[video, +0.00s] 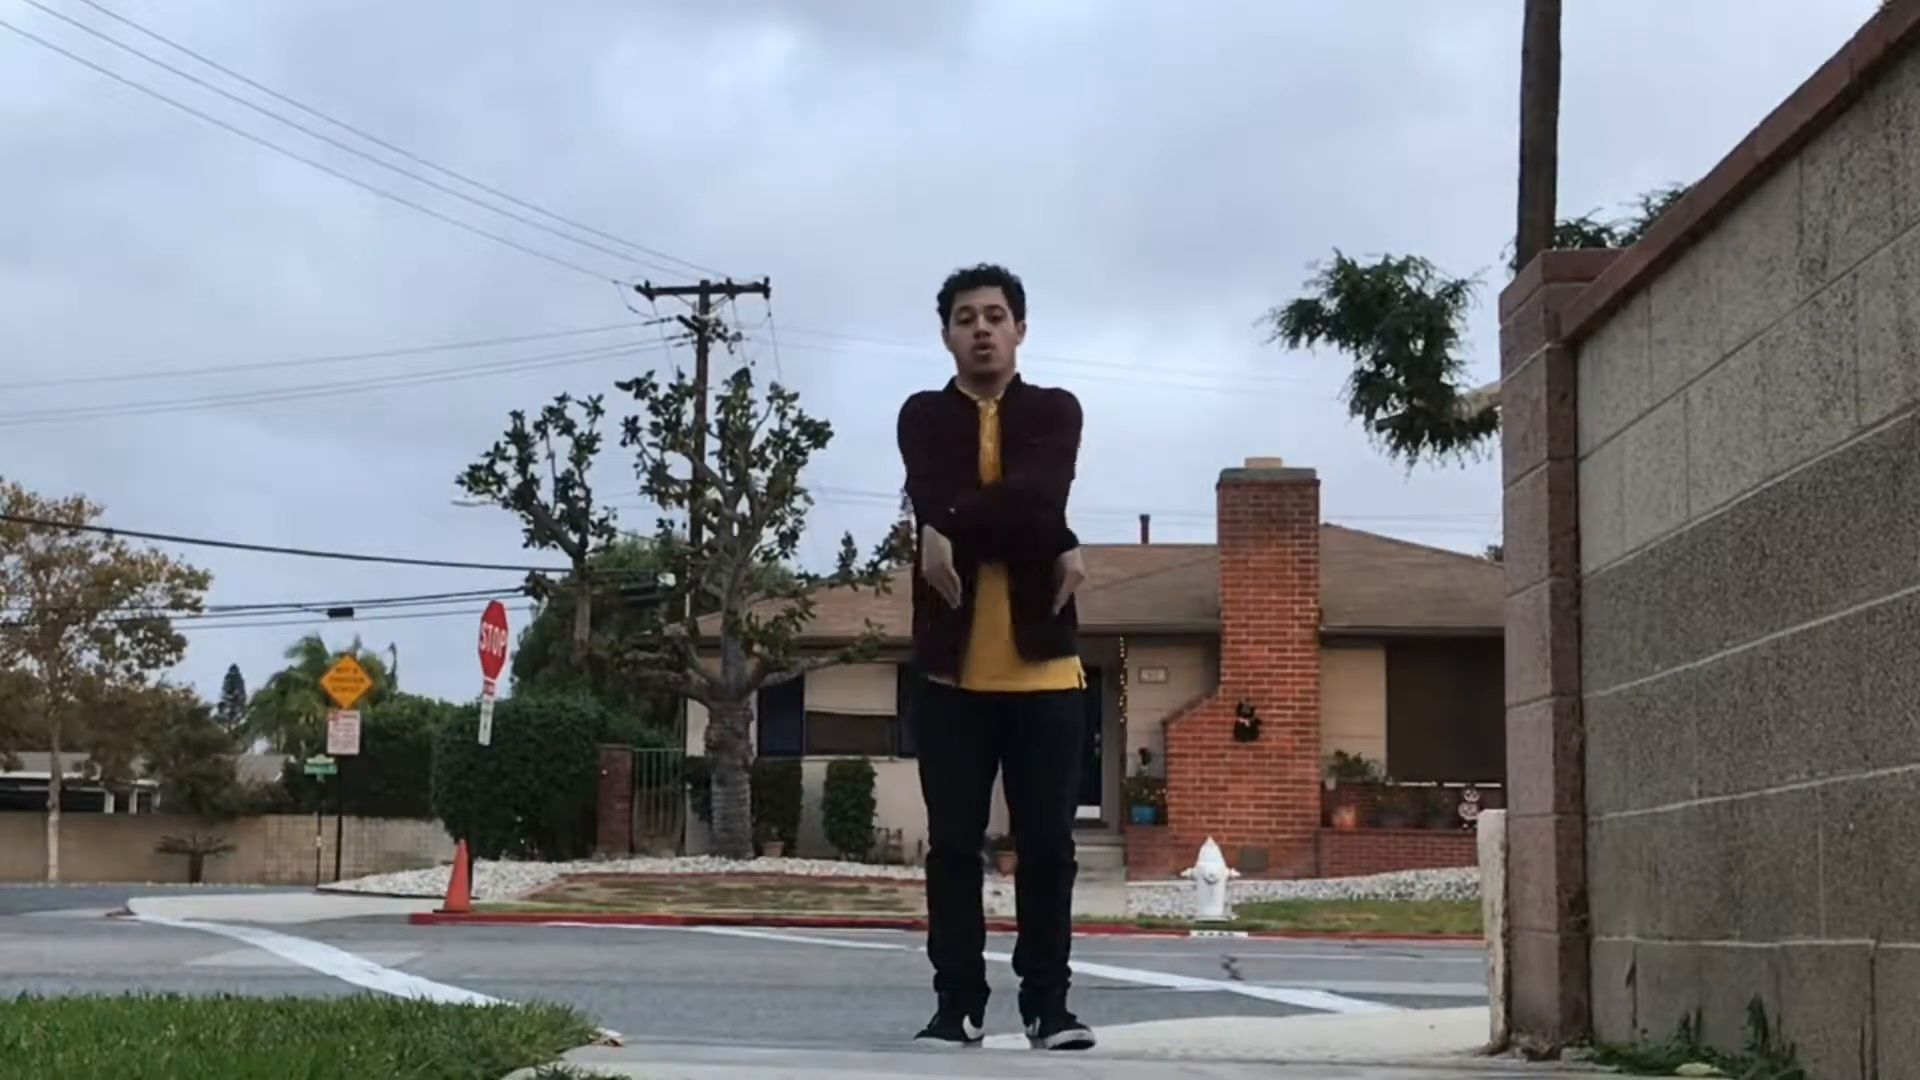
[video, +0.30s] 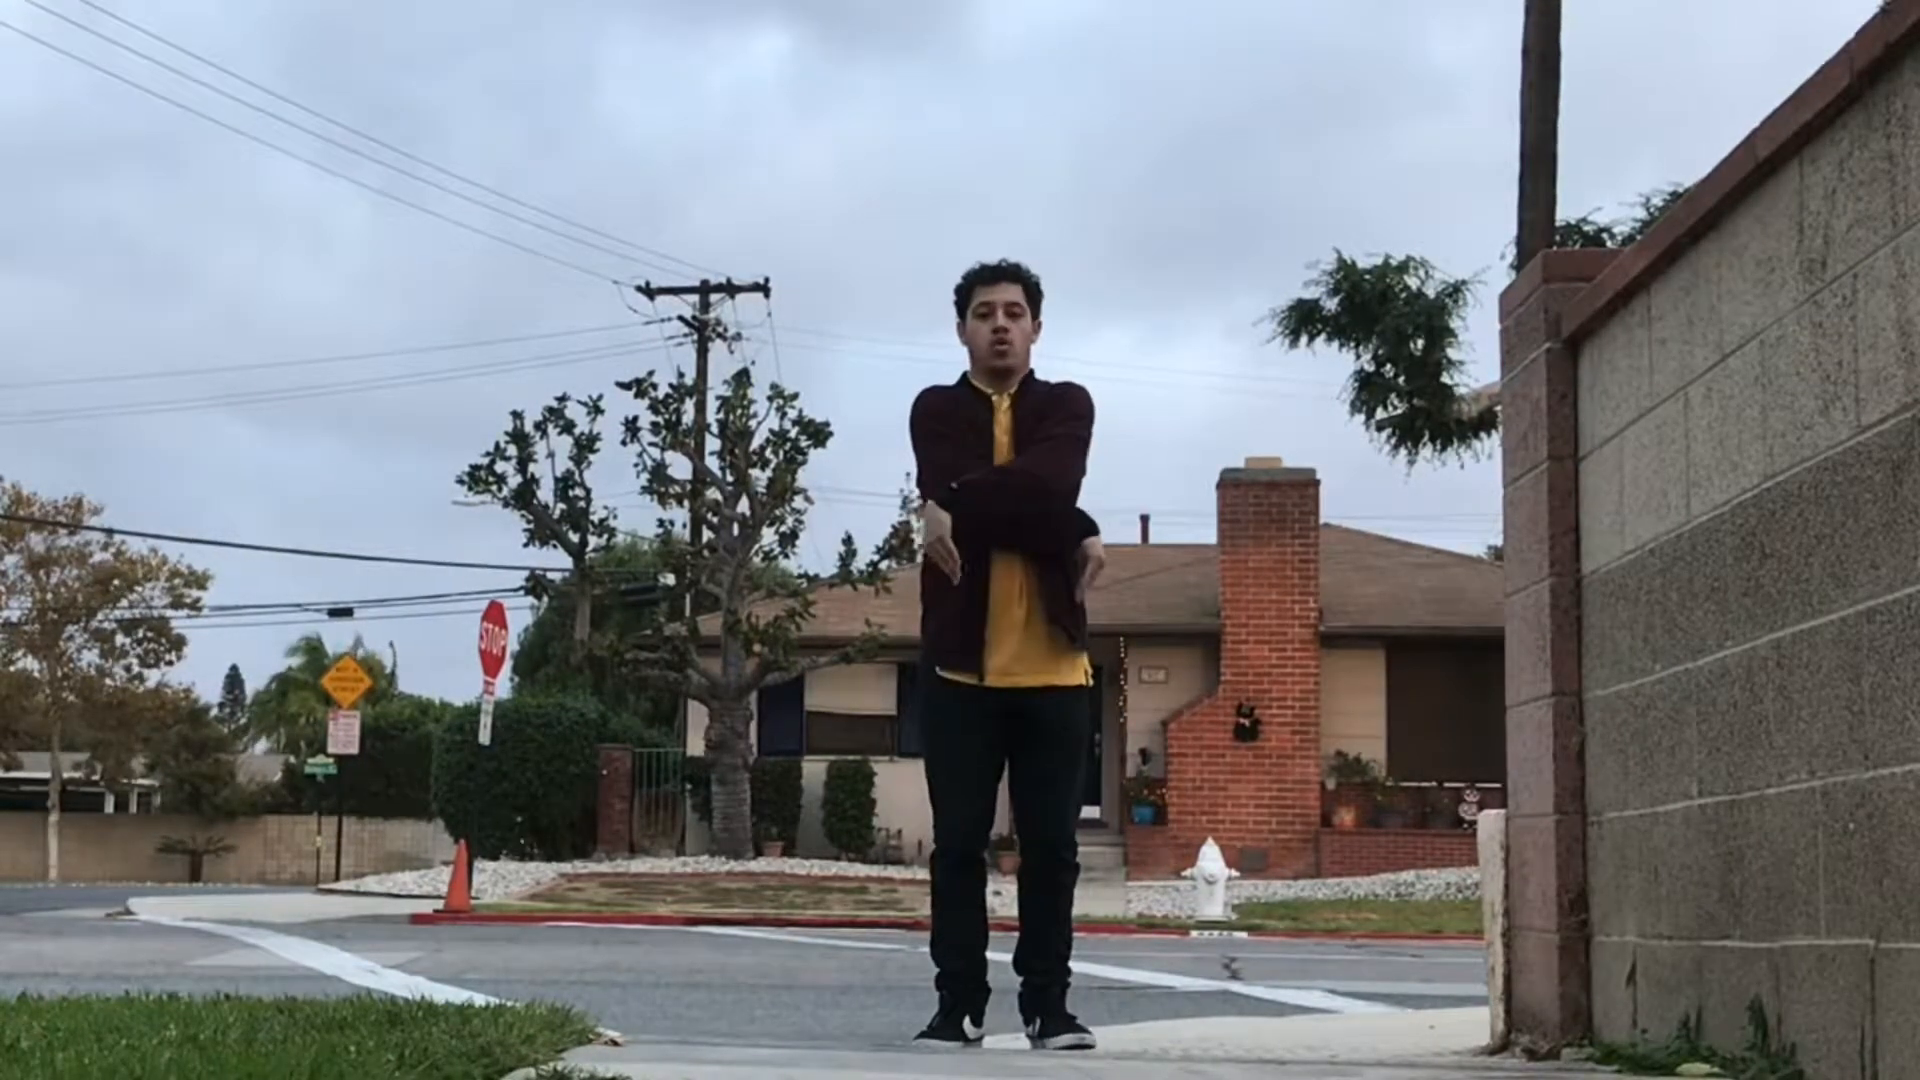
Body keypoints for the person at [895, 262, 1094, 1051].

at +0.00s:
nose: (981, 329)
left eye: (994, 316)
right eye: (965, 318)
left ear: (1020, 330)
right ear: (946, 336)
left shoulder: (1056, 409)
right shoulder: (923, 414)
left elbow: (1038, 498)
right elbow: (945, 515)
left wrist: (945, 525)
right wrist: (1055, 543)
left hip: (1045, 674)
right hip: (952, 674)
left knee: (1047, 849)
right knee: (953, 848)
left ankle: (1047, 1007)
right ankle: (958, 1006)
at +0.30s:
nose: (1000, 325)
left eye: (1013, 313)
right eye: (985, 314)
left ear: (1035, 327)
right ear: (962, 330)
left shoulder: (1067, 402)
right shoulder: (937, 408)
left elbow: (1050, 488)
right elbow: (963, 507)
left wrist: (951, 504)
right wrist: (1076, 532)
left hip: (1054, 668)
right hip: (961, 667)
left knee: (1052, 848)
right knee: (959, 846)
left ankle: (1047, 1008)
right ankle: (959, 1009)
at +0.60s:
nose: (1005, 333)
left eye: (1019, 320)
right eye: (991, 321)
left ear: (1042, 335)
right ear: (970, 337)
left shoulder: (1076, 412)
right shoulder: (939, 417)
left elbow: (1092, 501)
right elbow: (932, 516)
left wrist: (1005, 553)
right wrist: (1018, 577)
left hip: (1062, 673)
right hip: (956, 670)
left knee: (1121, 811)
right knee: (898, 804)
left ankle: (1069, 987)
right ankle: (936, 978)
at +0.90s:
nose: (1010, 333)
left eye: (1024, 321)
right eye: (995, 321)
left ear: (1046, 336)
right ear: (973, 337)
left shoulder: (1081, 419)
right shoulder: (940, 423)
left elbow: (1125, 494)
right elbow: (916, 503)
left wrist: (1028, 460)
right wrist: (1001, 433)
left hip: (1053, 679)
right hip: (961, 676)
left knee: (1047, 845)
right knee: (957, 846)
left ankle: (1051, 1004)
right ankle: (956, 1006)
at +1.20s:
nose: (1011, 319)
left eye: (1025, 308)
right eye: (997, 308)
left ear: (1049, 325)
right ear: (975, 325)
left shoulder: (1087, 420)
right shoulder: (937, 424)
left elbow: (1111, 528)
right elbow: (908, 527)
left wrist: (1129, 620)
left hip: (1061, 673)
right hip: (962, 676)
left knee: (1058, 849)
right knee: (958, 848)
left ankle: (1055, 1010)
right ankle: (958, 1010)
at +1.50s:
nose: (1007, 325)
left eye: (1023, 312)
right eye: (993, 312)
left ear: (1047, 324)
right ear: (973, 325)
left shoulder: (1093, 406)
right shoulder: (929, 409)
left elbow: (1205, 404)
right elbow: (826, 413)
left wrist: (1276, 314)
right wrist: (756, 325)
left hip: (1061, 668)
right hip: (959, 666)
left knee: (1058, 849)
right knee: (961, 846)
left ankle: (1058, 1013)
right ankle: (960, 1013)